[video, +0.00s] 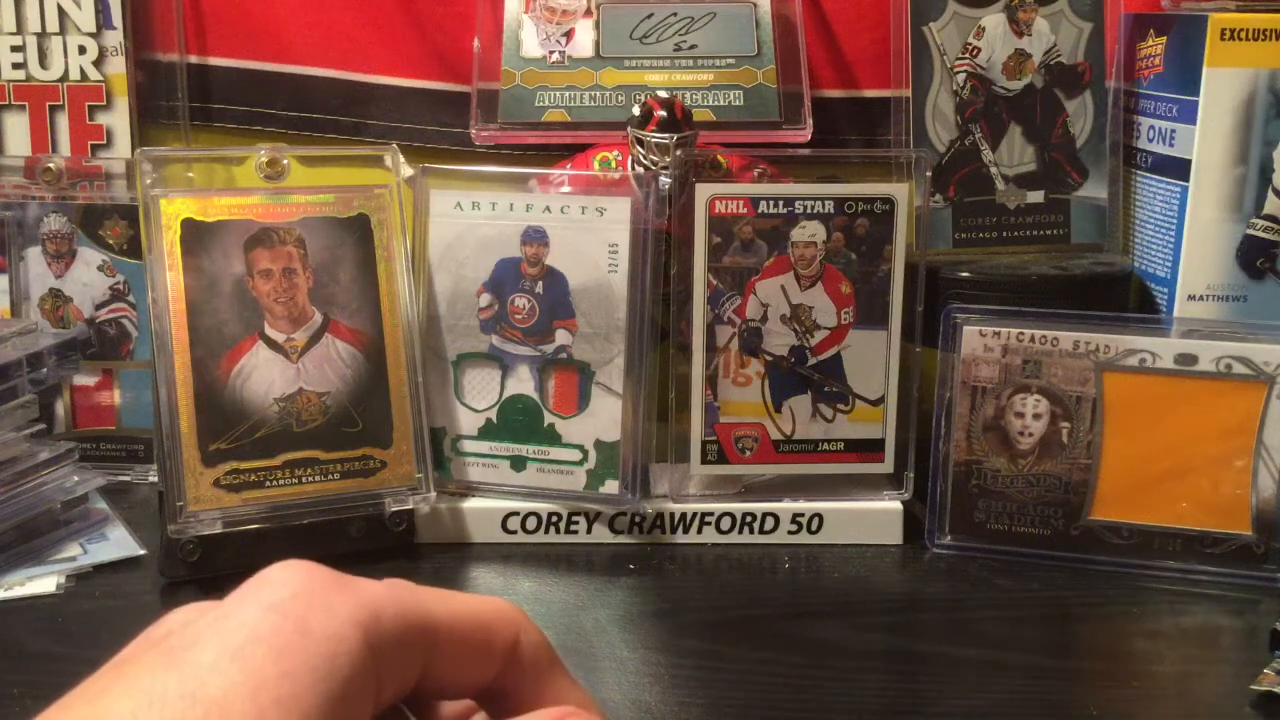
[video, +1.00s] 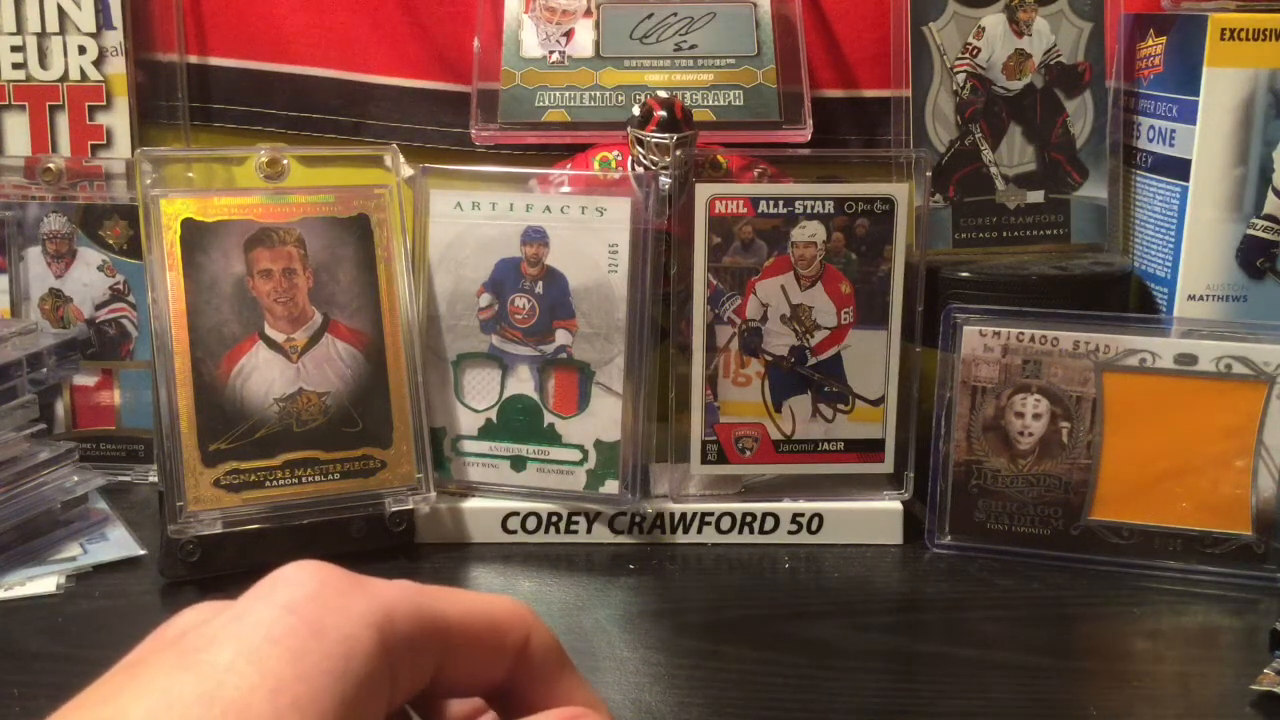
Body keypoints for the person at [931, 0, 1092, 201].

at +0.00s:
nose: (1030, 17)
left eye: (1033, 11)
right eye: (1024, 11)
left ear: (1037, 10)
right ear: (1011, 9)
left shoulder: (1041, 27)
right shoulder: (990, 26)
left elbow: (1051, 56)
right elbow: (965, 63)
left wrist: (1064, 75)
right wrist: (968, 97)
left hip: (1025, 92)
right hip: (992, 94)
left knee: (1055, 120)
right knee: (979, 139)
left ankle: (1063, 174)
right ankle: (944, 183)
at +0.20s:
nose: (1029, 16)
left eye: (1033, 11)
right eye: (1024, 11)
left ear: (1037, 11)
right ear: (1011, 9)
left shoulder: (1041, 28)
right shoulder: (990, 26)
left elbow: (1051, 60)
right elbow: (964, 63)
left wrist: (1067, 75)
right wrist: (968, 98)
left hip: (1025, 92)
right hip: (992, 94)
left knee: (1056, 123)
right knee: (979, 139)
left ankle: (1064, 175)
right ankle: (943, 183)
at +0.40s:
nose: (1029, 17)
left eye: (1033, 11)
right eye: (1024, 11)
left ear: (1037, 11)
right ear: (1011, 9)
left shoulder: (1041, 27)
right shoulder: (990, 26)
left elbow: (1051, 60)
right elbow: (964, 63)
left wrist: (1067, 75)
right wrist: (968, 98)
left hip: (1025, 92)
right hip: (992, 94)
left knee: (1056, 124)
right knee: (979, 140)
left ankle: (1064, 176)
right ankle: (943, 183)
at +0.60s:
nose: (1029, 17)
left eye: (1033, 11)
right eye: (1024, 11)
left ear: (1037, 11)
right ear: (1011, 9)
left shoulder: (1041, 28)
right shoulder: (990, 26)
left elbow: (1051, 61)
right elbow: (964, 63)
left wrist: (1068, 75)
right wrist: (968, 98)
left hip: (1025, 92)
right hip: (992, 94)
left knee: (1056, 123)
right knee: (979, 139)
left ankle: (1064, 176)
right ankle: (943, 183)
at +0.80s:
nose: (1029, 17)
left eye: (1033, 11)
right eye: (1024, 11)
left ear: (1037, 11)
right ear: (1011, 9)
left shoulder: (1041, 28)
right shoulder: (990, 26)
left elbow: (1051, 60)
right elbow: (964, 63)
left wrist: (1067, 75)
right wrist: (968, 98)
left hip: (1025, 92)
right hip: (992, 93)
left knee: (1056, 123)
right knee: (980, 139)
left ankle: (1063, 176)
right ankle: (943, 183)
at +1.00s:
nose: (1030, 17)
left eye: (1034, 11)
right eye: (1025, 11)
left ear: (1037, 11)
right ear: (1011, 9)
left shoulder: (1041, 28)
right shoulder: (990, 26)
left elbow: (1051, 61)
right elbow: (965, 63)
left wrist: (1068, 75)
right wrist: (969, 98)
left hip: (1025, 92)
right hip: (992, 93)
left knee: (1056, 123)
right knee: (980, 139)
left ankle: (1063, 176)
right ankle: (942, 183)